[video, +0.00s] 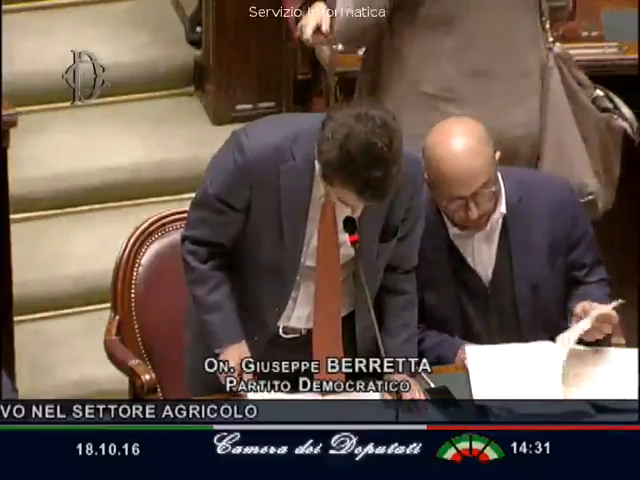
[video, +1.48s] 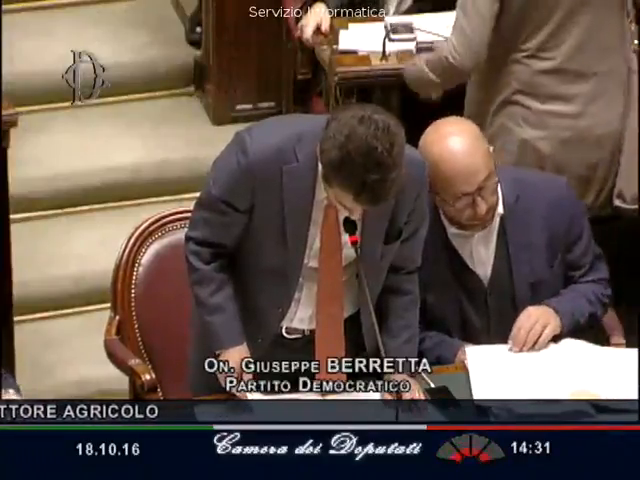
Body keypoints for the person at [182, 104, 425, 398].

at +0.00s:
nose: (355, 211)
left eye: (367, 203)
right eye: (344, 200)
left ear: (390, 174)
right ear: (322, 162)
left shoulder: (407, 174)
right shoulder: (253, 156)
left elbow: (401, 275)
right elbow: (202, 247)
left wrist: (401, 367)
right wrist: (229, 341)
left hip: (346, 336)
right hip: (260, 340)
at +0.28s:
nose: (354, 211)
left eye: (366, 203)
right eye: (343, 199)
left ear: (391, 173)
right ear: (322, 163)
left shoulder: (406, 175)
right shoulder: (253, 155)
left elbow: (400, 275)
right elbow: (200, 245)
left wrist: (401, 367)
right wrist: (227, 339)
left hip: (345, 337)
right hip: (258, 341)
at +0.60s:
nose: (353, 212)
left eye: (364, 204)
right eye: (342, 201)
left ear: (389, 173)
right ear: (321, 165)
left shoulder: (406, 173)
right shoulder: (253, 157)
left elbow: (400, 274)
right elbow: (200, 247)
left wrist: (401, 367)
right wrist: (228, 344)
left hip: (346, 337)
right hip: (259, 341)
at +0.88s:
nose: (354, 213)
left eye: (365, 206)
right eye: (343, 203)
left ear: (391, 175)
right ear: (323, 167)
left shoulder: (408, 173)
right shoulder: (254, 158)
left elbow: (402, 275)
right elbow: (202, 249)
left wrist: (401, 367)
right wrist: (229, 345)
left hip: (348, 337)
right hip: (262, 341)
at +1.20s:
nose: (354, 213)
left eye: (365, 206)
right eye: (343, 202)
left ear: (392, 175)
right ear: (323, 163)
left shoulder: (408, 173)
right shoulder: (254, 158)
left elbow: (402, 274)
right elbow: (205, 248)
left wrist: (401, 366)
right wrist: (230, 344)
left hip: (349, 336)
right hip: (262, 340)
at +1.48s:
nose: (355, 214)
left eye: (367, 206)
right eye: (344, 202)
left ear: (394, 175)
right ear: (323, 163)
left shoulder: (410, 175)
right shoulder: (256, 159)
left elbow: (404, 274)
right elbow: (205, 247)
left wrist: (401, 366)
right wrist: (230, 343)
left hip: (351, 334)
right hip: (263, 339)